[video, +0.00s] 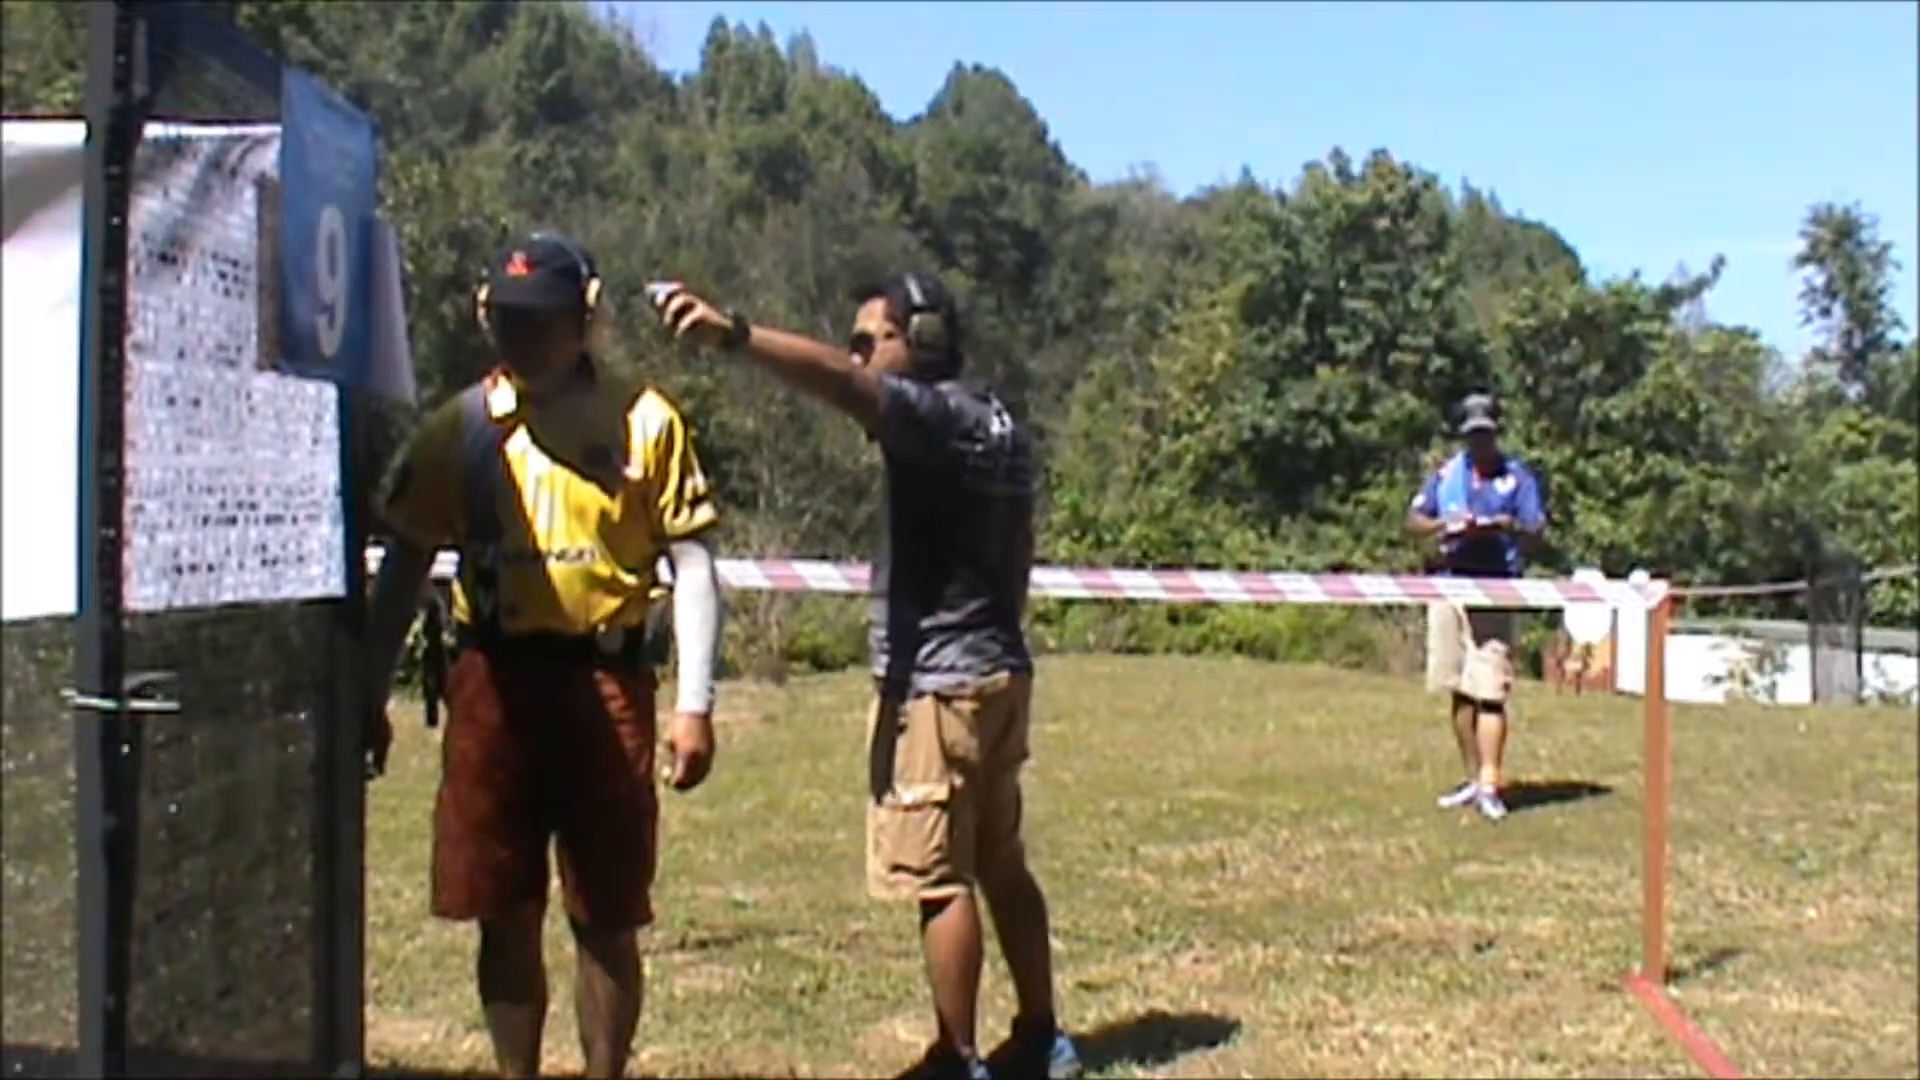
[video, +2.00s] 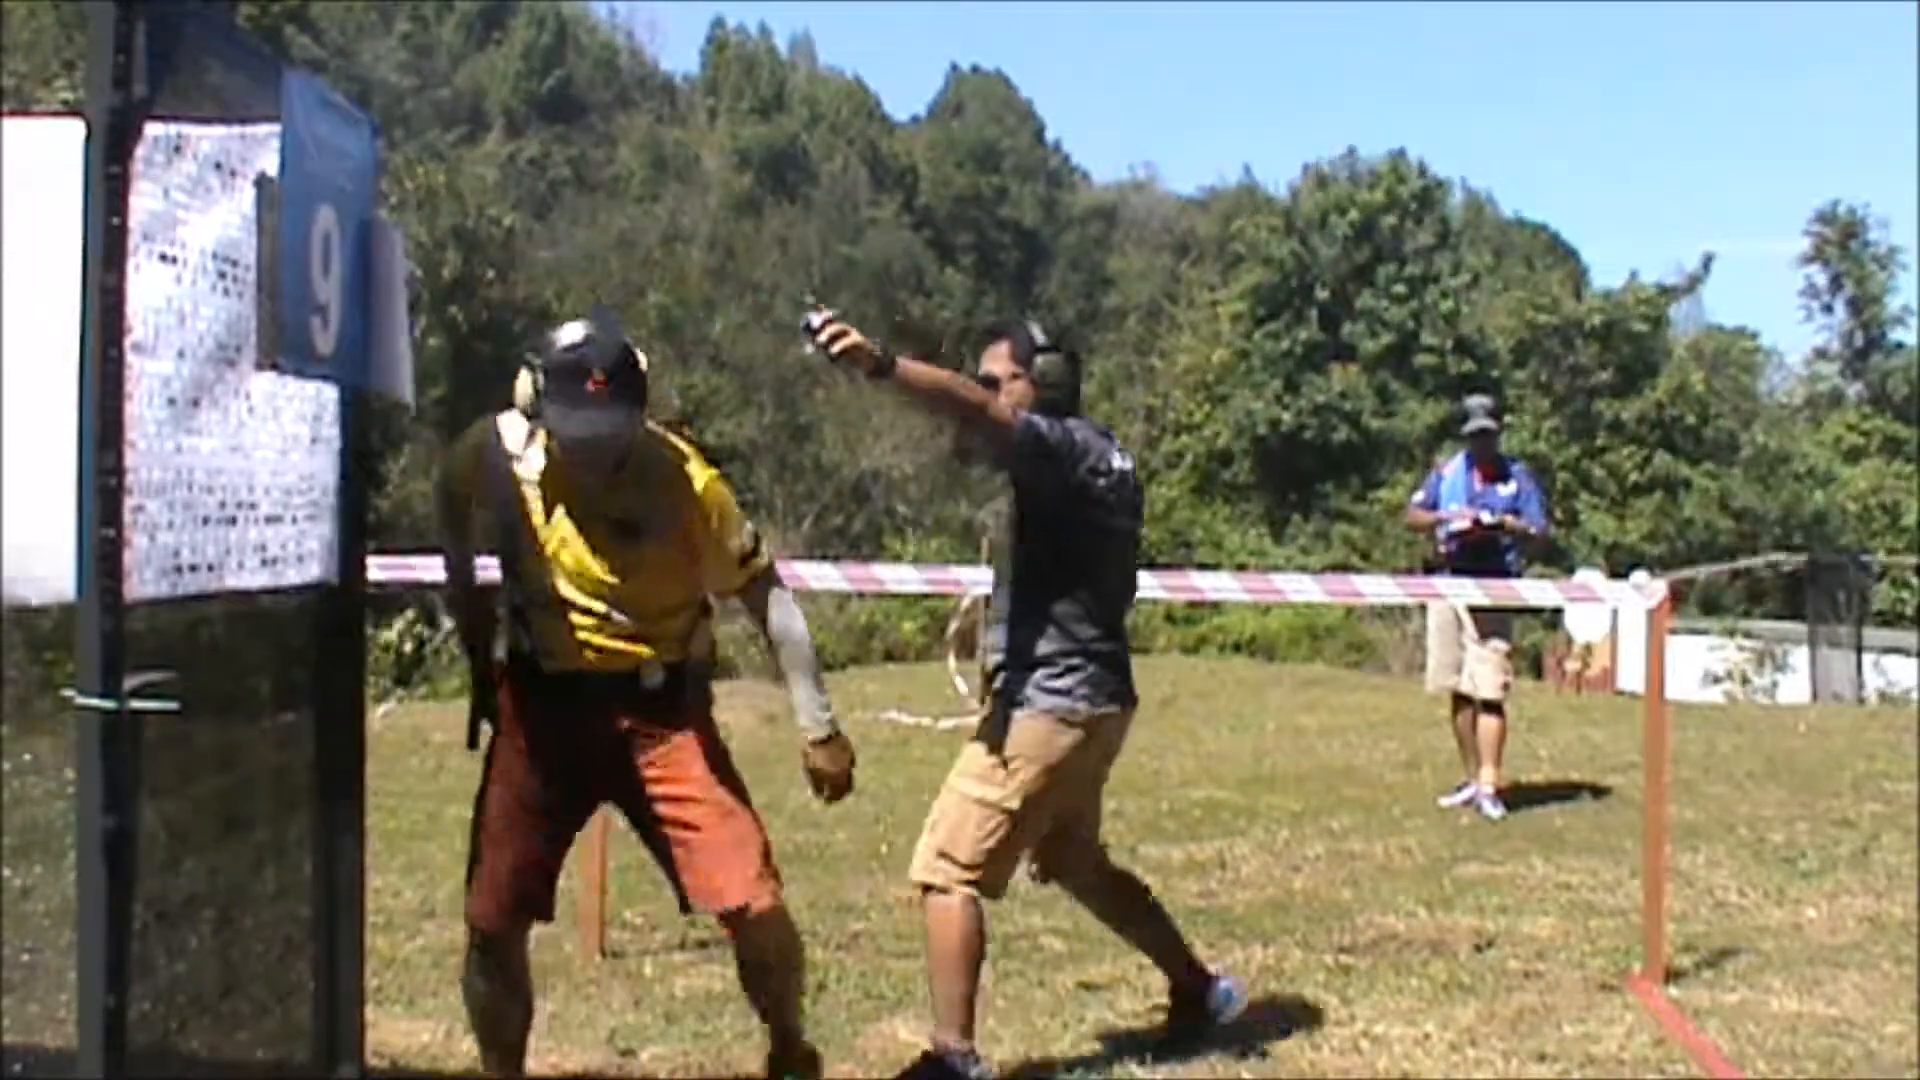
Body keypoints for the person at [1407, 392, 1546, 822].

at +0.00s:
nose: (1481, 442)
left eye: (1487, 433)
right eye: (1473, 435)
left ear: (1498, 434)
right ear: (1461, 436)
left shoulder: (1518, 477)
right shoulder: (1447, 473)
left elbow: (1536, 535)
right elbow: (1415, 519)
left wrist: (1506, 525)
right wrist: (1445, 526)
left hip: (1495, 589)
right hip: (1450, 588)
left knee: (1491, 690)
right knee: (1459, 689)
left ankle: (1489, 782)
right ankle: (1472, 775)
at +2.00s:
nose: (1482, 443)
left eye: (1488, 435)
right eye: (1475, 436)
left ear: (1500, 435)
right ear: (1464, 437)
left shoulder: (1519, 478)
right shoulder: (1449, 472)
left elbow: (1541, 533)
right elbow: (1413, 514)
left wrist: (1508, 525)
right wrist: (1449, 519)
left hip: (1494, 589)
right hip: (1449, 588)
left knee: (1490, 690)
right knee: (1459, 689)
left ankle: (1489, 783)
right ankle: (1471, 776)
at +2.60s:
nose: (1493, 437)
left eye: (1500, 428)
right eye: (1486, 429)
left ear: (1512, 431)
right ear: (1476, 432)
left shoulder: (1531, 477)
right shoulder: (1456, 473)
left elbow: (1549, 529)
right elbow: (1427, 516)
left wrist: (1511, 526)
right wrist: (1468, 523)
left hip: (1513, 588)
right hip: (1465, 587)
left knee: (1525, 685)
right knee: (1469, 688)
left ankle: (1540, 772)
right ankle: (1477, 778)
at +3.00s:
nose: (1544, 436)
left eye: (1549, 425)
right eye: (1535, 426)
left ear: (1560, 431)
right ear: (1520, 433)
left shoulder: (1572, 481)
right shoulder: (1506, 481)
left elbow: (1588, 527)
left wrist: (1551, 526)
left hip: (1552, 592)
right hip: (1507, 591)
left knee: (1560, 688)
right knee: (1516, 690)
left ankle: (1569, 774)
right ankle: (1517, 772)